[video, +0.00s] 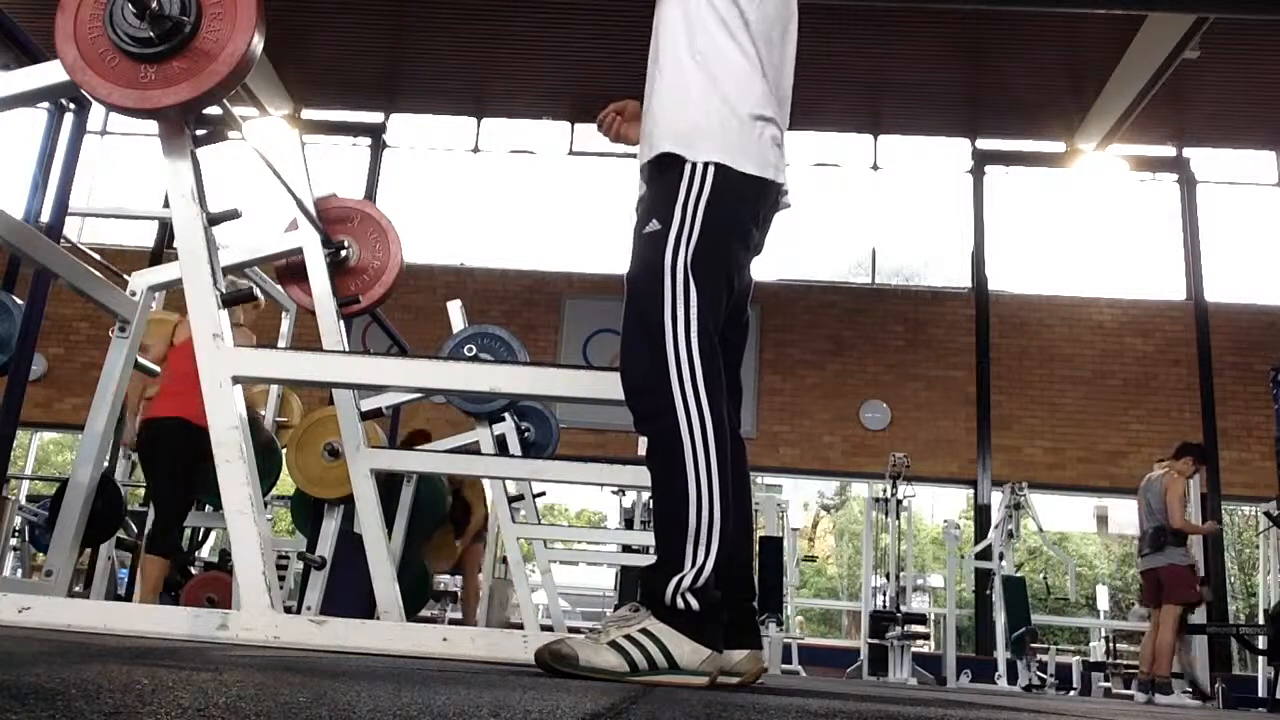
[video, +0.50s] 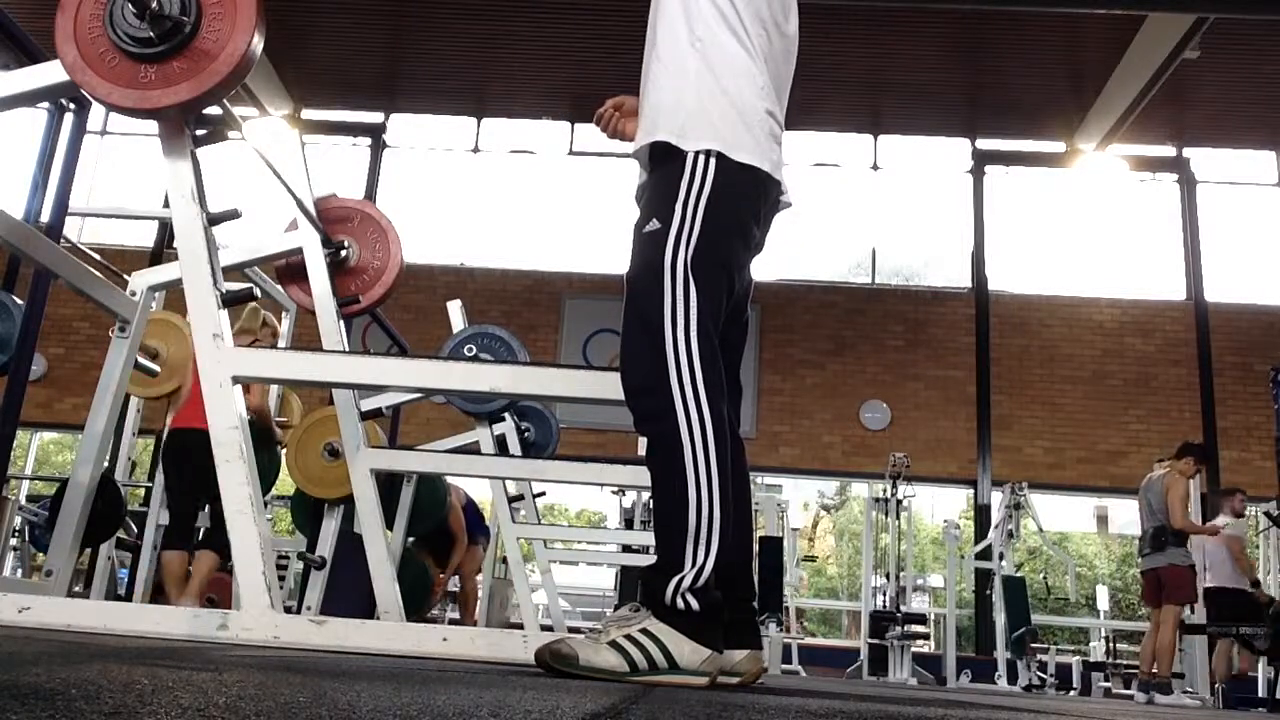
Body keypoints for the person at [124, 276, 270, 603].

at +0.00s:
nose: (250, 316)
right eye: (249, 311)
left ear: (209, 302)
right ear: (242, 310)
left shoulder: (184, 324)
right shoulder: (243, 335)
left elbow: (142, 369)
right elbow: (249, 388)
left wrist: (130, 416)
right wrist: (261, 420)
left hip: (154, 425)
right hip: (194, 431)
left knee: (166, 517)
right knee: (169, 519)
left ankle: (146, 606)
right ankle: (146, 610)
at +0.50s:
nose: (272, 346)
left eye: (272, 341)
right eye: (271, 340)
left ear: (238, 327)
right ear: (263, 334)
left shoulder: (202, 346)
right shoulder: (258, 352)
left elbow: (183, 392)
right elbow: (256, 403)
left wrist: (173, 421)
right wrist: (274, 433)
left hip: (179, 435)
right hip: (222, 440)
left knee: (180, 518)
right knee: (223, 520)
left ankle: (176, 606)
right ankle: (191, 598)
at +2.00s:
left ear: (231, 309)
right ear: (264, 311)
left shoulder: (210, 335)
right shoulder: (280, 344)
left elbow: (189, 395)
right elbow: (285, 407)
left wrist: (183, 433)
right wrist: (275, 440)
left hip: (207, 444)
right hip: (258, 450)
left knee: (186, 521)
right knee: (236, 531)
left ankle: (160, 605)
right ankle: (216, 616)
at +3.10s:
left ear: (223, 340)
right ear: (254, 354)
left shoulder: (196, 357)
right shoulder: (254, 367)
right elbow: (250, 410)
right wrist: (256, 453)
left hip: (162, 428)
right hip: (209, 432)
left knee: (167, 518)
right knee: (203, 526)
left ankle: (154, 610)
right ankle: (183, 616)